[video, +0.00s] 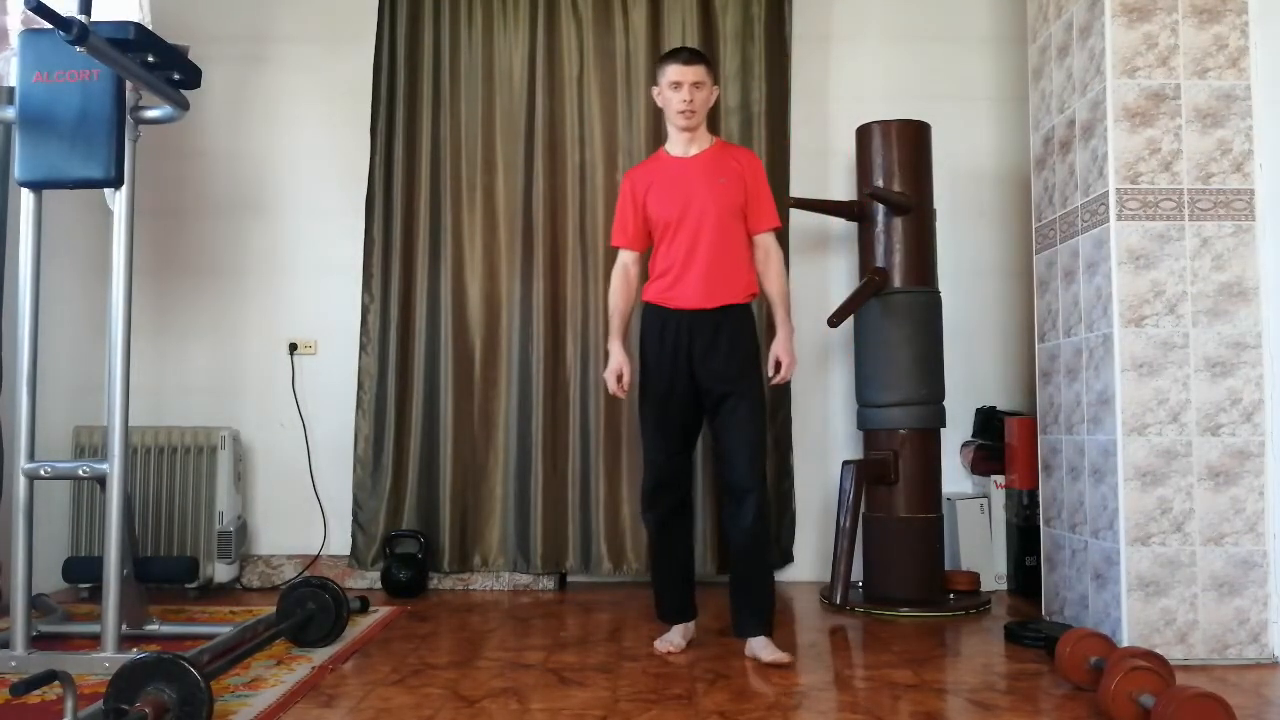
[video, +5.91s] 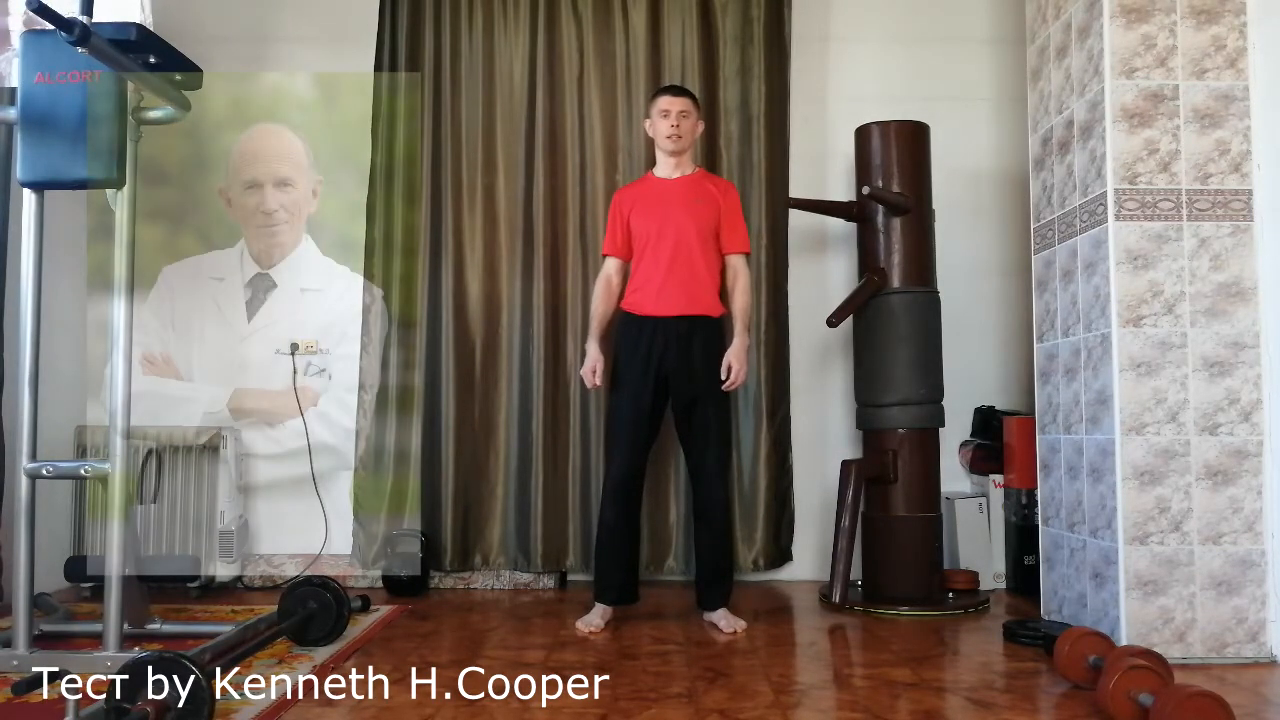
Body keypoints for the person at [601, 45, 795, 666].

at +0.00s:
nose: (685, 95)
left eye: (695, 85)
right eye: (674, 86)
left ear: (714, 94)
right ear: (657, 96)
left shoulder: (744, 166)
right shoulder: (640, 179)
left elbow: (768, 251)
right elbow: (627, 266)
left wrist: (783, 329)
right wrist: (615, 342)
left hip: (734, 332)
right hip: (664, 335)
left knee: (744, 482)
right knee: (665, 482)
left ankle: (754, 629)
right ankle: (679, 617)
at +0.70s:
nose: (665, 124)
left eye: (674, 116)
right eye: (655, 116)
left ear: (691, 128)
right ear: (640, 129)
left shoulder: (714, 193)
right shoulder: (621, 199)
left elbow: (732, 271)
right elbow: (600, 275)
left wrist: (731, 334)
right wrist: (580, 249)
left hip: (697, 339)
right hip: (633, 338)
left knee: (707, 473)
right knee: (618, 471)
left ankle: (713, 602)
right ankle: (607, 599)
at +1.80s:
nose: (677, 123)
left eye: (687, 115)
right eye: (668, 114)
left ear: (701, 128)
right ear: (649, 125)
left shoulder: (718, 197)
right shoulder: (626, 195)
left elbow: (732, 276)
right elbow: (606, 274)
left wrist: (734, 336)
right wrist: (584, 343)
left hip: (699, 341)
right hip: (635, 338)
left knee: (708, 474)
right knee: (620, 471)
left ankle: (713, 601)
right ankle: (608, 598)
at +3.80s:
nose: (663, 120)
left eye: (672, 113)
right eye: (653, 113)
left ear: (687, 126)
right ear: (637, 126)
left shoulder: (709, 191)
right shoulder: (618, 196)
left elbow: (728, 271)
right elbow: (602, 274)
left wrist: (734, 339)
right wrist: (585, 339)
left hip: (695, 340)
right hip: (629, 339)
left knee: (706, 475)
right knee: (615, 473)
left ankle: (711, 602)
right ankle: (607, 599)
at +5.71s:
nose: (675, 122)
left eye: (685, 115)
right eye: (665, 115)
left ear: (701, 128)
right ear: (648, 127)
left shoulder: (720, 192)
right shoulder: (629, 198)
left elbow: (739, 272)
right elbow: (614, 276)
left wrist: (743, 341)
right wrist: (598, 342)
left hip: (704, 339)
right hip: (640, 338)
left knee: (712, 475)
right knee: (623, 472)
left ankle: (714, 603)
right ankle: (609, 598)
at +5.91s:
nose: (674, 122)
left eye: (684, 115)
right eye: (664, 114)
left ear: (699, 128)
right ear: (647, 127)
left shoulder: (719, 192)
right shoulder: (627, 198)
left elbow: (738, 271)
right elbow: (611, 275)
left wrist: (740, 338)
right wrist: (594, 340)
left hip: (702, 339)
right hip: (637, 338)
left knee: (711, 474)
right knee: (623, 472)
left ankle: (714, 602)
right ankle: (609, 598)